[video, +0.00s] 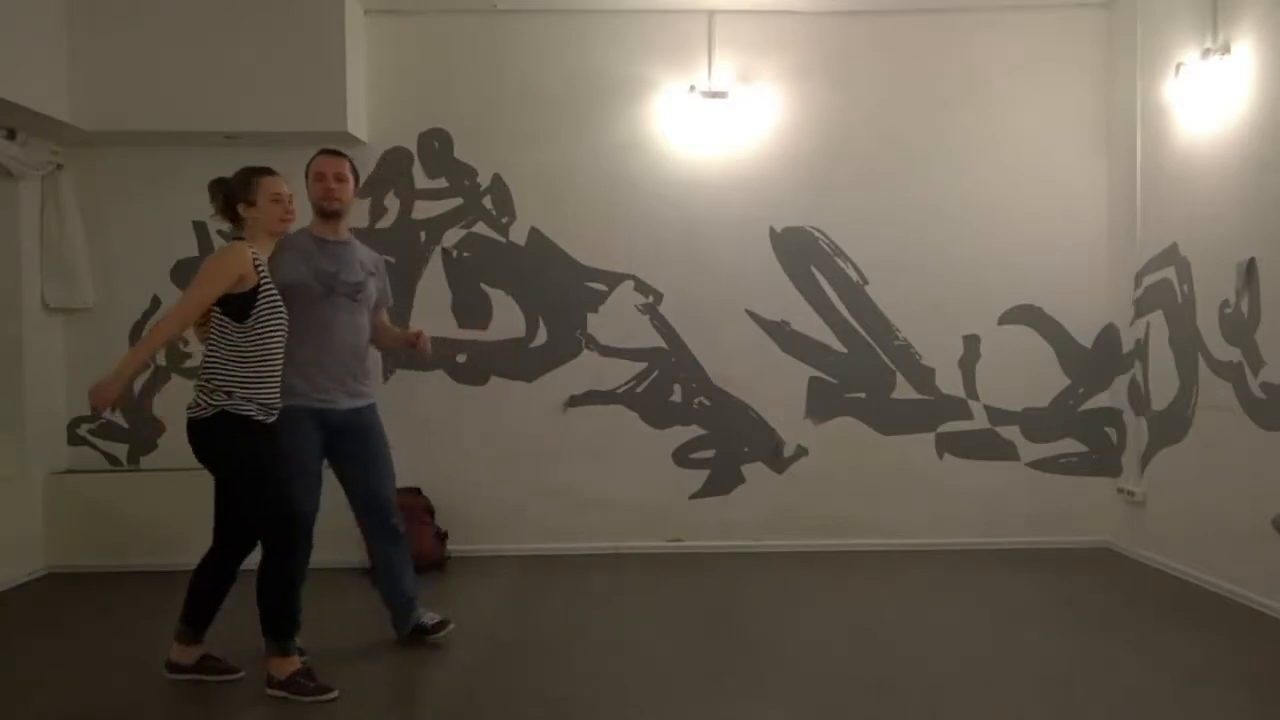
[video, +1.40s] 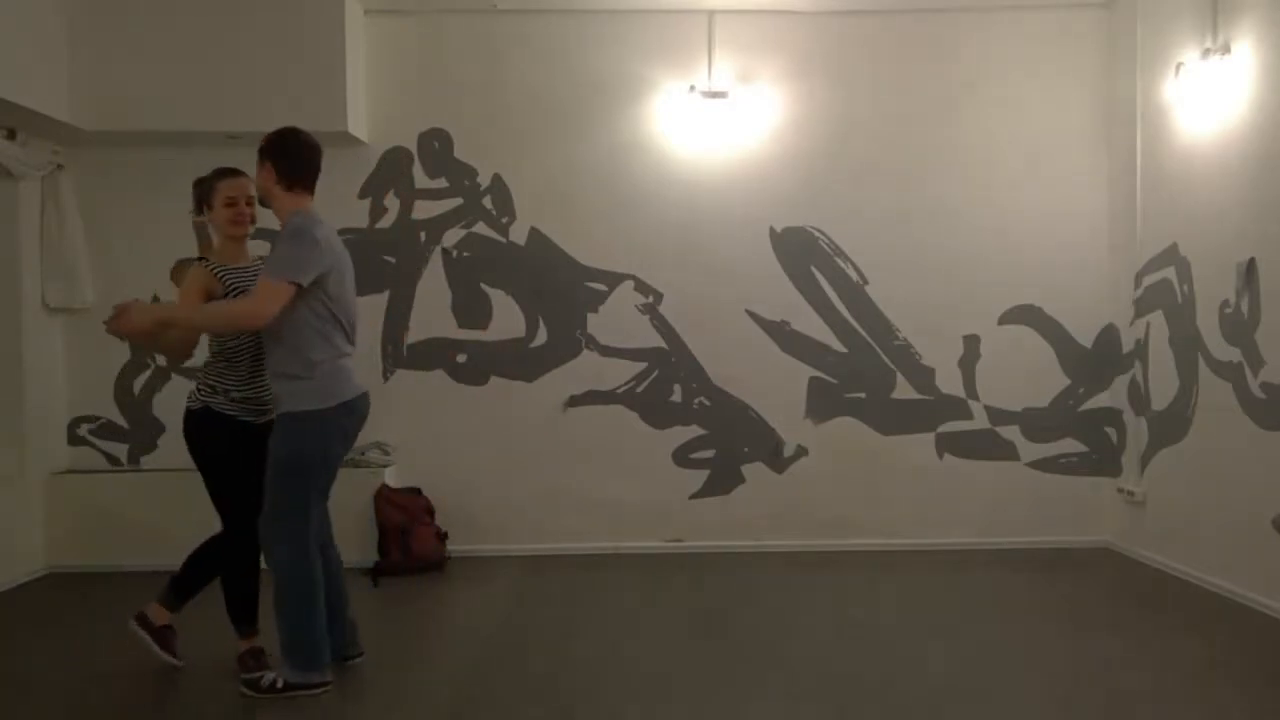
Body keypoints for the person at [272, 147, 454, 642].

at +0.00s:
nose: (330, 186)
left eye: (340, 179)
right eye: (321, 179)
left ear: (355, 191)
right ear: (307, 190)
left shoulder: (369, 262)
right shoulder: (283, 250)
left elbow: (379, 329)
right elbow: (248, 306)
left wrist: (404, 338)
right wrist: (208, 320)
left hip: (356, 408)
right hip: (295, 407)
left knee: (382, 511)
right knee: (294, 523)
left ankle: (407, 615)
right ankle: (282, 635)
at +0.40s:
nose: (303, 185)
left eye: (313, 177)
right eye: (294, 178)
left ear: (332, 188)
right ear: (283, 188)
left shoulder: (361, 255)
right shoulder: (256, 251)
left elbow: (380, 326)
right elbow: (225, 316)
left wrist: (334, 314)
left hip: (338, 405)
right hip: (274, 404)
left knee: (341, 515)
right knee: (272, 515)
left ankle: (329, 607)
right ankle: (274, 624)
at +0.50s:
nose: (302, 189)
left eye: (313, 181)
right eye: (294, 182)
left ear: (333, 191)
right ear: (284, 193)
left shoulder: (363, 258)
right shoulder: (263, 254)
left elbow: (378, 329)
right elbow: (215, 307)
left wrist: (318, 313)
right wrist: (247, 312)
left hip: (340, 409)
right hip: (277, 407)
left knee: (334, 515)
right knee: (277, 516)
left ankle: (326, 606)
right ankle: (273, 626)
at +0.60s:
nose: (301, 191)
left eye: (311, 183)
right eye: (292, 184)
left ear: (333, 193)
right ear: (283, 195)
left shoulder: (365, 261)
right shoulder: (262, 257)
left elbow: (373, 332)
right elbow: (213, 309)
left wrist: (302, 316)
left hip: (340, 411)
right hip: (277, 408)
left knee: (333, 516)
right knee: (274, 518)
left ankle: (325, 605)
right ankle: (283, 627)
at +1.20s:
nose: (259, 176)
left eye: (271, 168)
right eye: (257, 168)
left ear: (305, 180)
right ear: (264, 182)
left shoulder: (325, 246)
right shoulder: (280, 252)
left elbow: (319, 332)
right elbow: (269, 327)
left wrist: (229, 341)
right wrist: (212, 333)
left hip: (318, 410)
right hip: (290, 410)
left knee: (284, 529)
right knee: (289, 528)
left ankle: (306, 662)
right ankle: (310, 645)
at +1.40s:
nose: (254, 196)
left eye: (257, 185)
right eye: (250, 188)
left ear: (273, 181)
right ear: (311, 176)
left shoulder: (298, 238)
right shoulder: (318, 238)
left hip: (310, 410)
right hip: (331, 406)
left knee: (284, 527)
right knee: (302, 522)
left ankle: (307, 663)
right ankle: (337, 639)